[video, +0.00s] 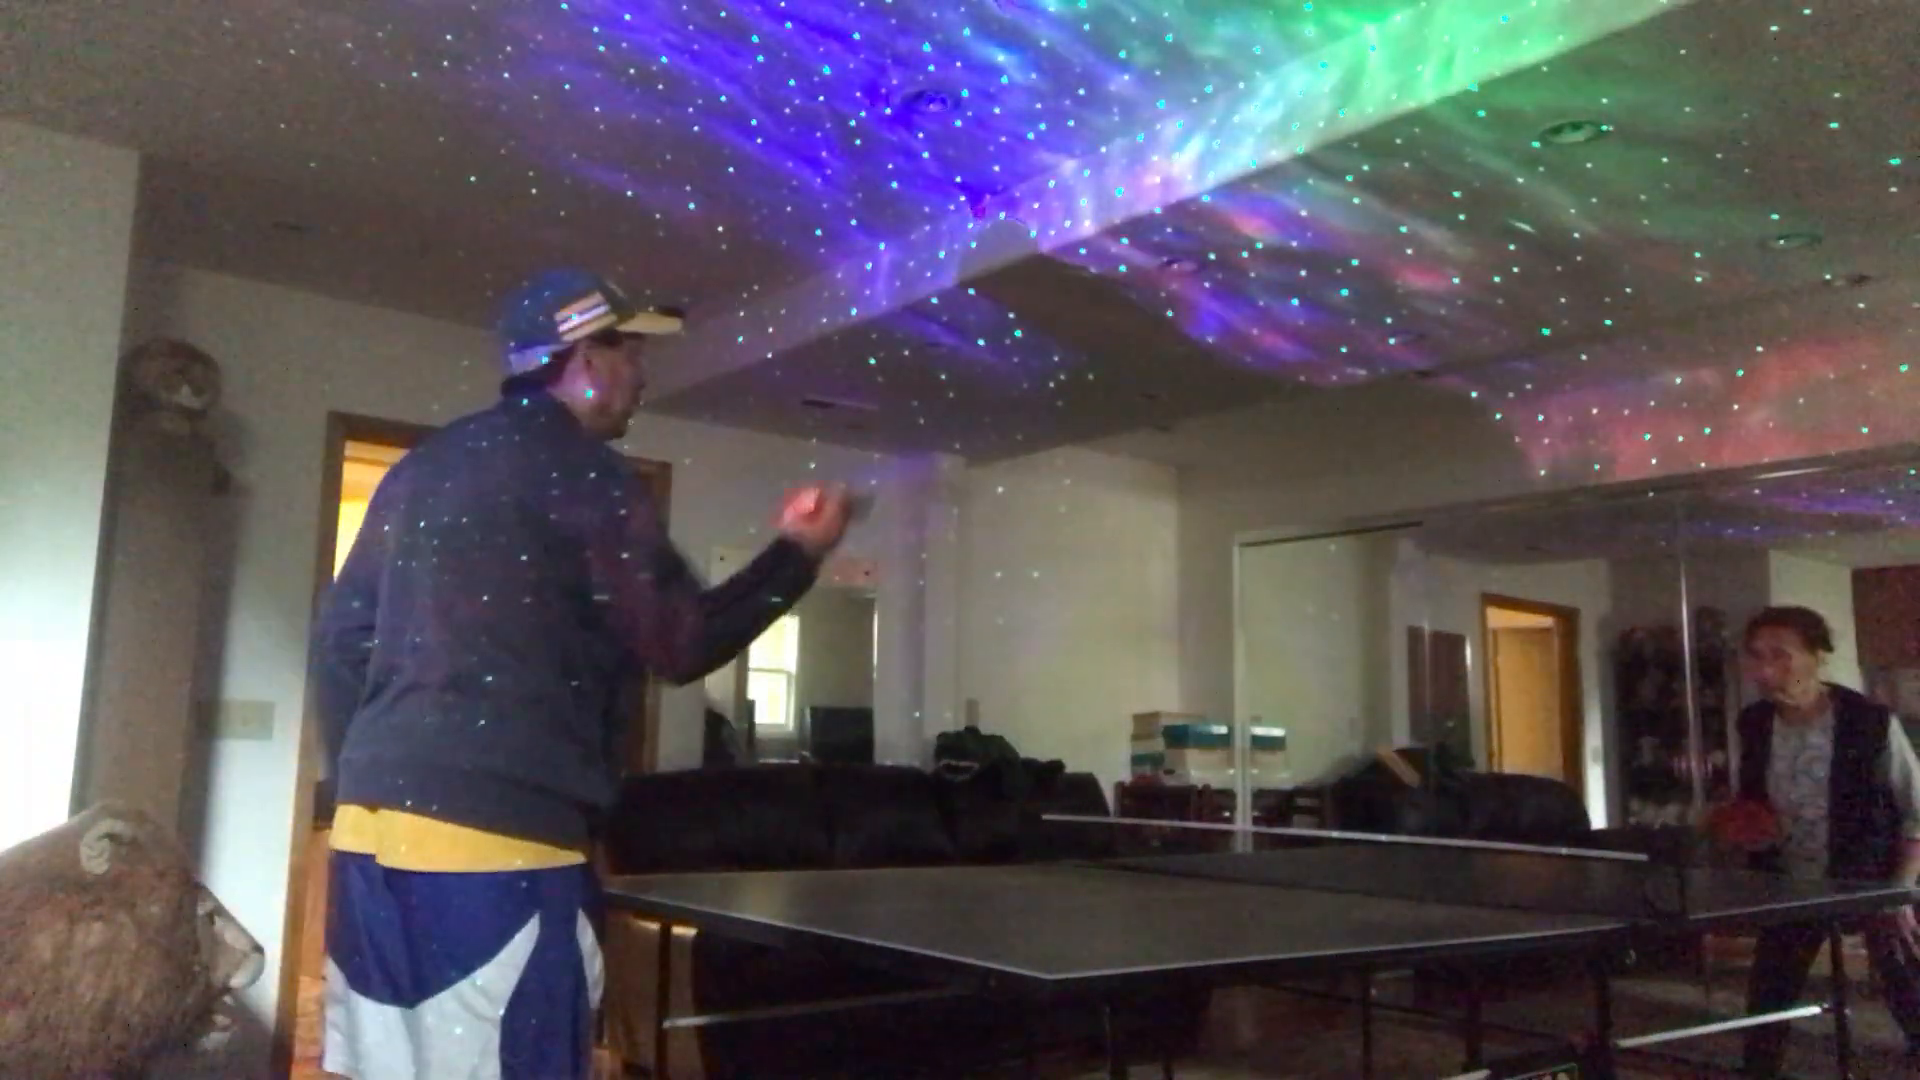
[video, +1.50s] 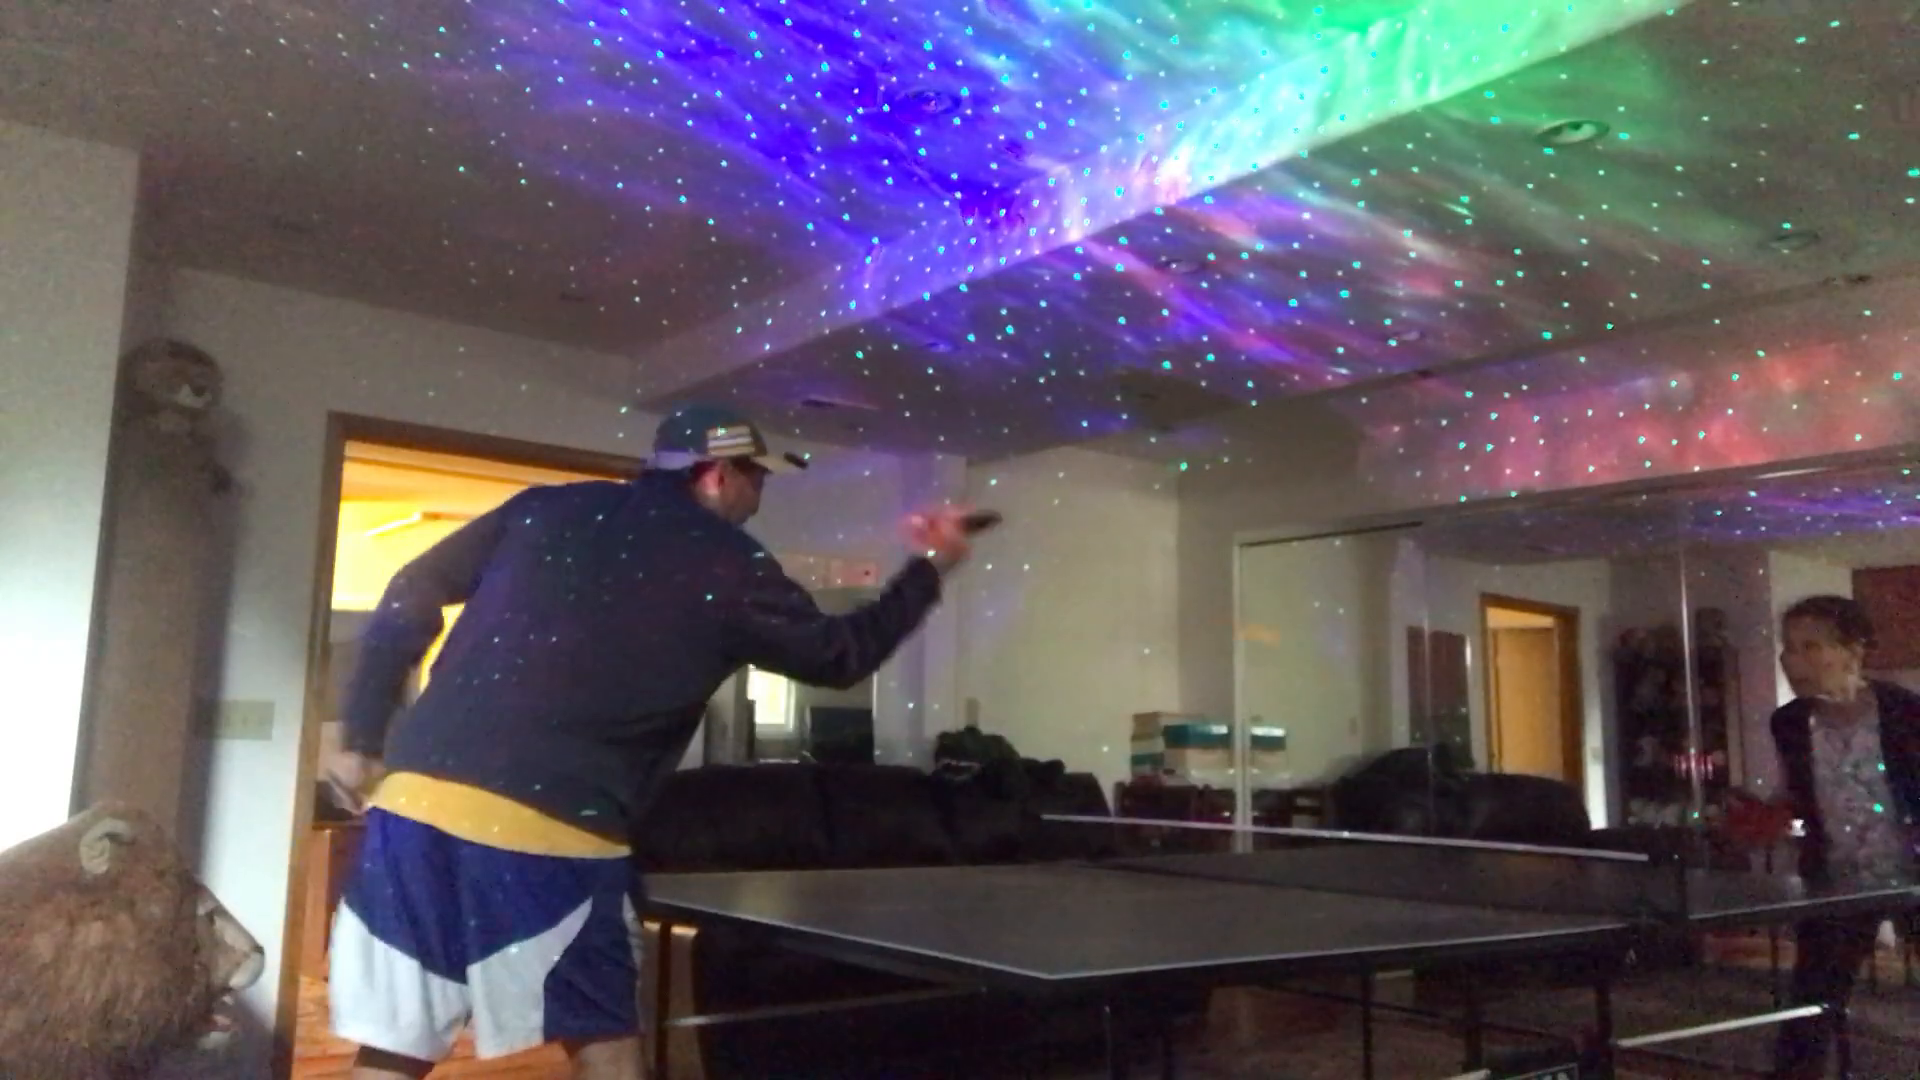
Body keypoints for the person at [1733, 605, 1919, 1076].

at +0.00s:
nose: (1765, 671)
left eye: (1778, 655)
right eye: (1757, 658)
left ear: (1817, 658)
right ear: (1750, 664)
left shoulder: (1871, 722)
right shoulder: (1752, 725)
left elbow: (1913, 812)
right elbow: (1747, 808)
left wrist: (1903, 894)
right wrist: (1742, 828)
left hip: (1869, 888)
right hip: (1790, 889)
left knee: (1908, 993)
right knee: (1766, 1002)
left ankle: (1918, 1053)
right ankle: (1758, 1072)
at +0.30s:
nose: (1822, 686)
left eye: (1835, 670)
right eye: (1810, 675)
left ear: (1869, 667)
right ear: (1799, 677)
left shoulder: (1910, 717)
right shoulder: (1796, 731)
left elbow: (1915, 801)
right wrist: (1787, 828)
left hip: (1903, 880)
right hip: (1829, 883)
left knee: (1917, 987)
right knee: (1787, 976)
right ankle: (1756, 1069)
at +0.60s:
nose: (1814, 690)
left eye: (1829, 678)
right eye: (1800, 677)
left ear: (1859, 683)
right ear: (1784, 683)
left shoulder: (1889, 722)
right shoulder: (1787, 735)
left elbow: (1913, 776)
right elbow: (1752, 768)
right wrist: (1711, 785)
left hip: (1895, 869)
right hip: (1819, 873)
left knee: (1913, 974)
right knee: (1808, 979)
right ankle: (1786, 1053)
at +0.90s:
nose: (1774, 711)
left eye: (1793, 699)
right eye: (1765, 696)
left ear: (1827, 706)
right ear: (1752, 697)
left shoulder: (1869, 740)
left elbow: (1907, 810)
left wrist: (1914, 868)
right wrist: (1676, 842)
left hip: (1867, 877)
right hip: (1779, 886)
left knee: (1907, 969)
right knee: (1784, 983)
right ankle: (1776, 1067)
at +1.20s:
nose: (1786, 690)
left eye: (1803, 678)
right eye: (1779, 676)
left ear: (1842, 685)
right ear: (1769, 679)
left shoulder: (1890, 734)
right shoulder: (1763, 740)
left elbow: (1904, 821)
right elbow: (1759, 818)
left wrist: (1876, 886)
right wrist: (1746, 840)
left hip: (1878, 882)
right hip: (1797, 889)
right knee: (1792, 1007)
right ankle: (1778, 1069)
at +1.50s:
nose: (1787, 659)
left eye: (1802, 647)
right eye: (1786, 648)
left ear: (1853, 651)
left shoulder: (1903, 709)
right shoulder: (1789, 724)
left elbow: (1914, 793)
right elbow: (1804, 802)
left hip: (1908, 878)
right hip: (1837, 885)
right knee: (1811, 1005)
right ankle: (1799, 1066)